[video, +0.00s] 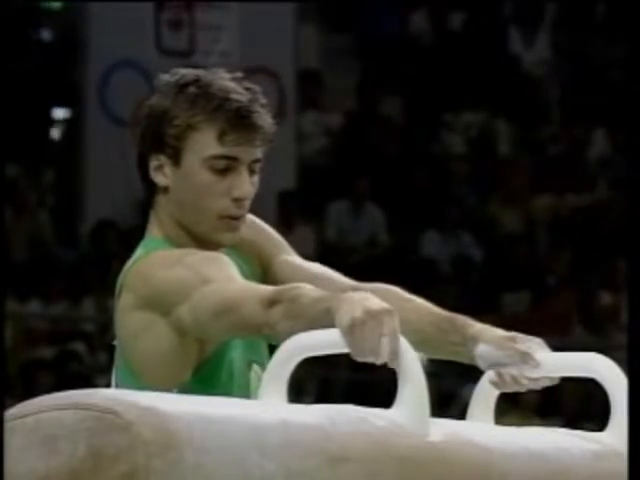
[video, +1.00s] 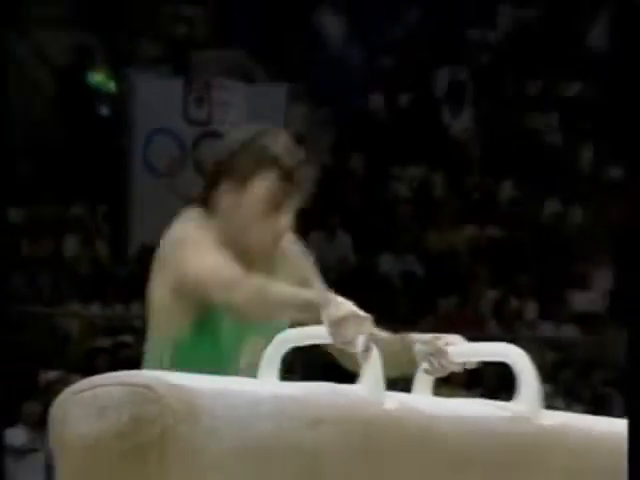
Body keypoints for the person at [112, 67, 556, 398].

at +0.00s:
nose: (244, 190)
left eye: (253, 170)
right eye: (221, 168)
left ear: (262, 167)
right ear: (162, 171)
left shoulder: (245, 239)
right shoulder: (166, 273)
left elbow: (353, 293)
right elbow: (264, 309)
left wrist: (476, 339)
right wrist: (339, 305)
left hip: (232, 467)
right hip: (168, 471)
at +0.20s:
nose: (241, 190)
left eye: (250, 169)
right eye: (218, 169)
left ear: (259, 166)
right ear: (159, 173)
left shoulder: (247, 237)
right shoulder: (169, 275)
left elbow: (357, 294)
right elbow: (268, 308)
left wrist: (473, 340)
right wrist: (340, 304)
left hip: (233, 465)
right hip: (169, 470)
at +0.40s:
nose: (244, 186)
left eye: (251, 165)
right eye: (220, 166)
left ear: (259, 162)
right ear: (162, 173)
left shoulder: (257, 229)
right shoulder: (178, 266)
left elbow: (375, 292)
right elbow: (270, 297)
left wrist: (480, 339)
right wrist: (340, 302)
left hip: (251, 463)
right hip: (186, 468)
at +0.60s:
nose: (241, 182)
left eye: (245, 159)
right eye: (216, 163)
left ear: (253, 151)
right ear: (157, 170)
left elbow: (393, 265)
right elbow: (266, 292)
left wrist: (478, 338)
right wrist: (352, 295)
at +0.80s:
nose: (217, 283)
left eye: (217, 262)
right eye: (189, 270)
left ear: (225, 255)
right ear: (130, 290)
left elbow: (344, 314)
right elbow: (263, 358)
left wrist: (462, 352)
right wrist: (350, 312)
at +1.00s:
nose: (285, 225)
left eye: (293, 211)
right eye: (274, 208)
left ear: (298, 208)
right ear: (226, 195)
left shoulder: (287, 251)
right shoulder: (189, 237)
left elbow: (346, 343)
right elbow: (235, 293)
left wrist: (411, 349)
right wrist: (323, 305)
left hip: (256, 430)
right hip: (181, 429)